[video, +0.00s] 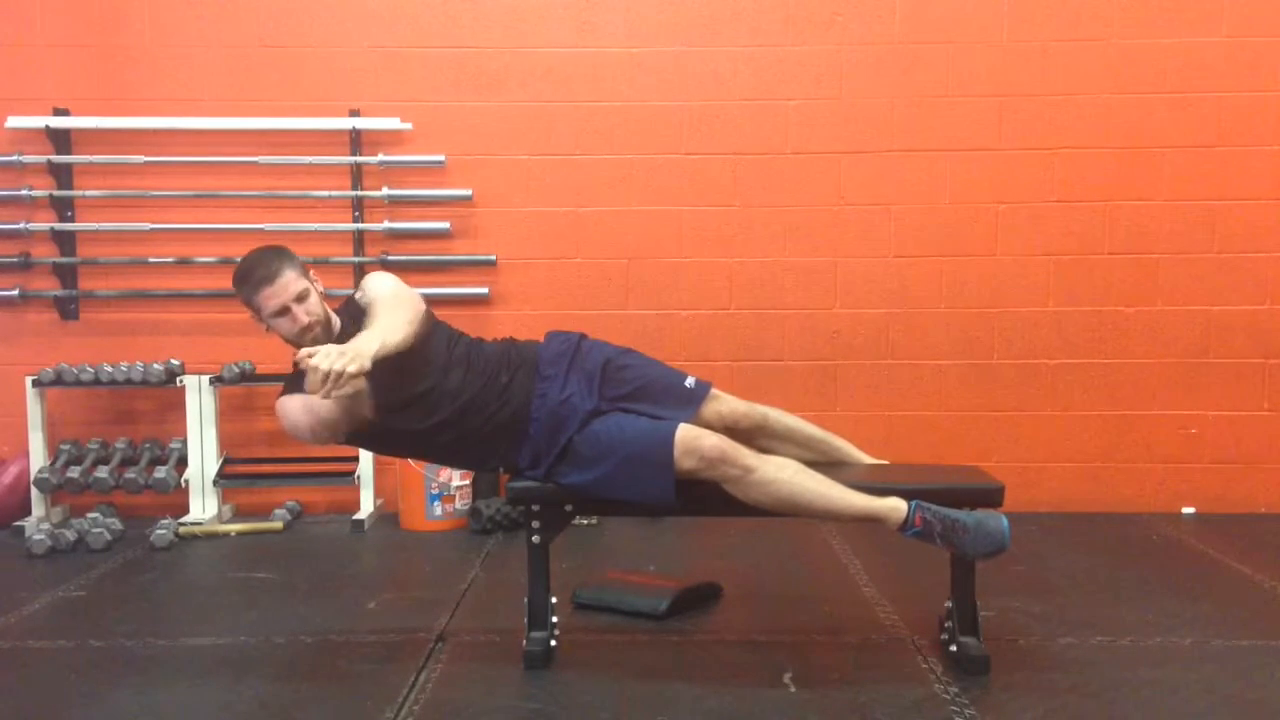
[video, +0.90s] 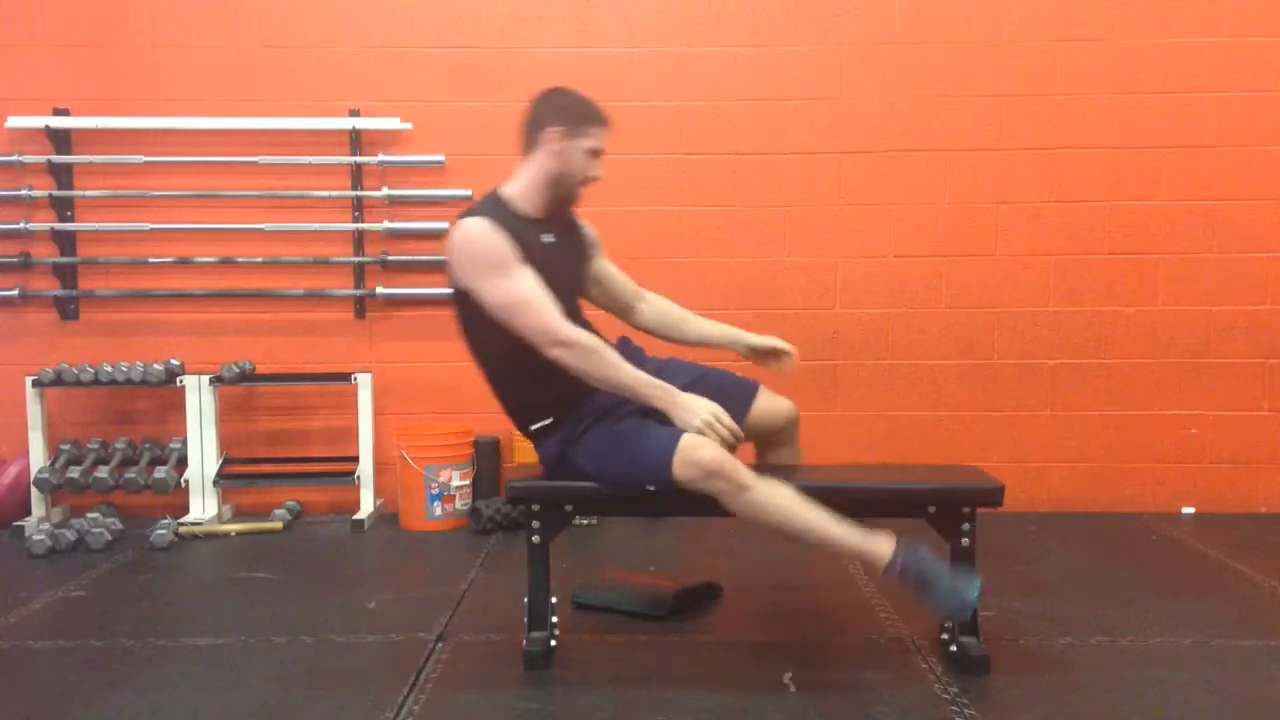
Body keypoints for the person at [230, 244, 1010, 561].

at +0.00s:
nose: (302, 314)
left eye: (302, 295)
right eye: (282, 313)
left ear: (316, 279)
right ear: (264, 329)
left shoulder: (372, 289)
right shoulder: (301, 405)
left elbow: (404, 317)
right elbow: (346, 419)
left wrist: (360, 352)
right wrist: (337, 373)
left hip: (567, 364)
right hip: (546, 445)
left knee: (737, 415)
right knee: (715, 457)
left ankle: (904, 489)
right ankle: (911, 518)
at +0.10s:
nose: (308, 305)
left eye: (309, 287)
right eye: (287, 303)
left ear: (324, 274)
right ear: (268, 318)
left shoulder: (376, 291)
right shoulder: (306, 399)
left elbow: (469, 315)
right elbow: (384, 452)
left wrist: (406, 362)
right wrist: (403, 374)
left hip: (566, 363)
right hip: (541, 442)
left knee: (739, 416)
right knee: (720, 461)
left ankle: (900, 483)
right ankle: (906, 520)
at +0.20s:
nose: (325, 295)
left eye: (327, 277)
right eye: (302, 294)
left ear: (339, 263)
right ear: (279, 307)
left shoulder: (393, 287)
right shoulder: (312, 392)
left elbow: (520, 333)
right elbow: (396, 450)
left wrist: (475, 393)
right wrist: (476, 379)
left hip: (582, 364)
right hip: (547, 443)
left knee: (748, 418)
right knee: (721, 465)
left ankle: (904, 487)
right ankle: (911, 523)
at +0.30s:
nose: (359, 265)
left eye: (361, 247)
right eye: (338, 259)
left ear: (368, 238)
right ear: (302, 271)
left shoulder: (414, 276)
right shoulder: (319, 375)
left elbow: (535, 297)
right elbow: (419, 435)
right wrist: (512, 410)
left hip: (580, 365)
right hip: (543, 444)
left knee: (748, 416)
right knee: (717, 460)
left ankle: (892, 480)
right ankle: (915, 523)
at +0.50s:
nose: (433, 211)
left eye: (430, 198)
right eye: (417, 201)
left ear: (418, 198)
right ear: (369, 209)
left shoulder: (451, 249)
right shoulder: (344, 322)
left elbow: (561, 274)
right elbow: (443, 399)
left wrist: (667, 288)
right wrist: (564, 389)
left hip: (583, 367)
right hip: (547, 434)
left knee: (755, 420)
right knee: (713, 461)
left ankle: (890, 498)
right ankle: (914, 522)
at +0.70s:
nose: (521, 180)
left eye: (523, 165)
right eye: (511, 165)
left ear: (491, 161)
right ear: (463, 160)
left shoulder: (507, 233)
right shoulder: (409, 263)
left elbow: (595, 285)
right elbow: (500, 356)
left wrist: (686, 306)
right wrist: (622, 389)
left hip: (602, 367)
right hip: (555, 426)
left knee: (767, 420)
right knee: (710, 462)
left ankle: (872, 508)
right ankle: (904, 522)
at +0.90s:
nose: (597, 171)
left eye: (601, 157)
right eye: (592, 153)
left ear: (564, 148)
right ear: (547, 142)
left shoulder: (565, 231)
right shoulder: (478, 238)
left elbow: (640, 306)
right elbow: (562, 344)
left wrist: (738, 339)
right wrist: (668, 401)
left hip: (623, 377)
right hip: (572, 421)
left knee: (777, 417)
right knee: (713, 464)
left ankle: (785, 539)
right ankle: (892, 557)